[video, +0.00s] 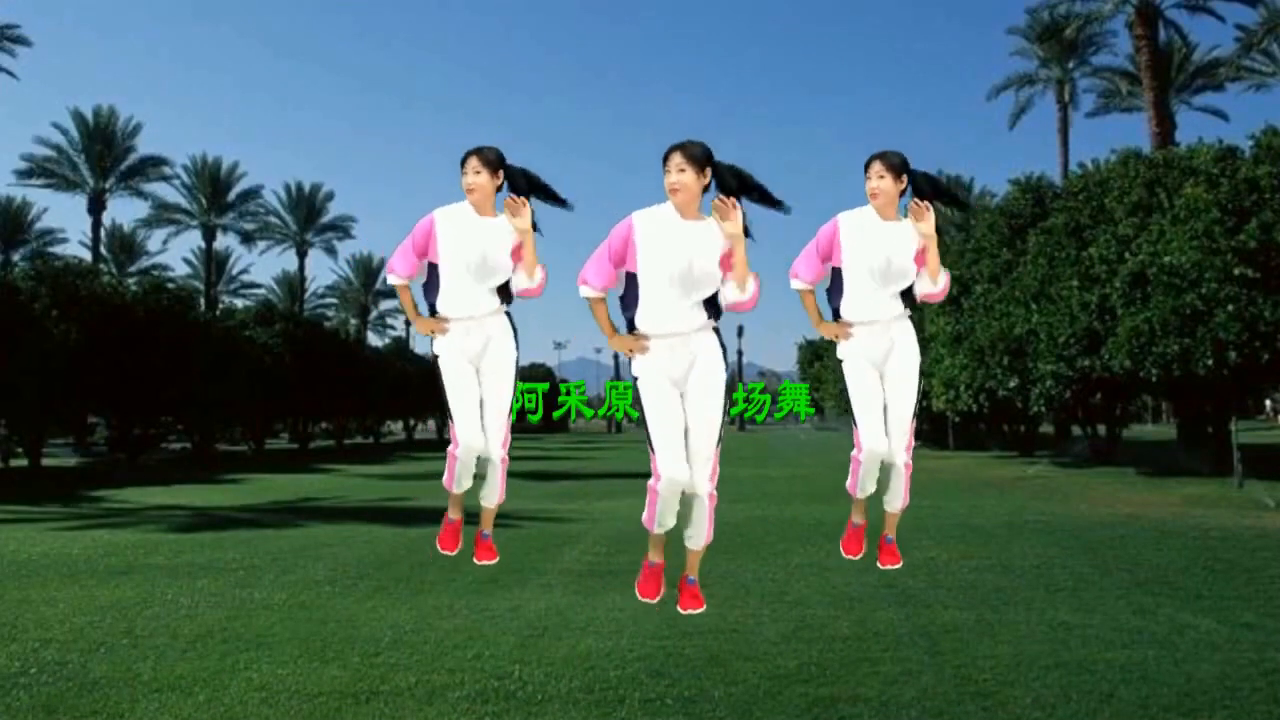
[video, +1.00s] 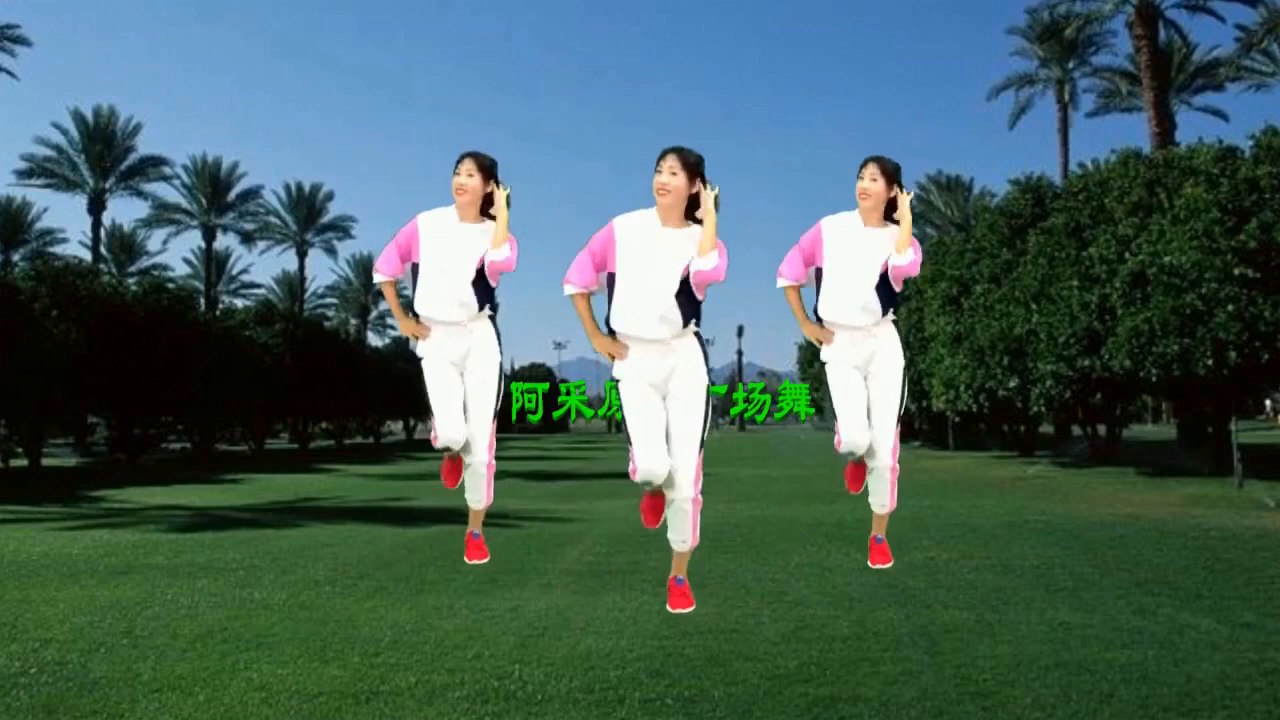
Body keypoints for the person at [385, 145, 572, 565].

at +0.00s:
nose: (469, 179)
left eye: (478, 172)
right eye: (465, 172)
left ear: (498, 179)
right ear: (460, 179)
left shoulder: (512, 227)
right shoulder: (439, 221)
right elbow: (398, 270)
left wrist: (527, 232)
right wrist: (416, 318)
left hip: (496, 332)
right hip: (452, 333)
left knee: (496, 439)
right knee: (469, 440)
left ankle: (485, 533)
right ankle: (454, 514)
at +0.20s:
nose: (466, 160)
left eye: (474, 154)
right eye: (463, 154)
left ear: (497, 162)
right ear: (459, 162)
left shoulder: (509, 210)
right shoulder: (437, 203)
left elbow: (500, 250)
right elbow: (394, 248)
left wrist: (494, 192)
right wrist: (410, 298)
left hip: (487, 318)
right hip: (442, 317)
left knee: (488, 428)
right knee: (446, 425)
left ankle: (487, 529)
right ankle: (437, 495)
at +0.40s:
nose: (456, 167)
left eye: (464, 160)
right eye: (453, 160)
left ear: (483, 165)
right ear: (447, 166)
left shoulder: (501, 209)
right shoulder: (431, 208)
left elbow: (486, 245)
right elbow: (387, 245)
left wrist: (476, 188)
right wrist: (402, 289)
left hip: (472, 320)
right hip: (429, 316)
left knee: (468, 440)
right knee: (415, 428)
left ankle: (485, 528)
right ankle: (386, 519)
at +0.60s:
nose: (448, 159)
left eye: (457, 152)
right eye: (445, 152)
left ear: (477, 160)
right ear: (443, 160)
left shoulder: (498, 204)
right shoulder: (427, 206)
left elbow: (500, 239)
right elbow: (388, 241)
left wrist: (485, 183)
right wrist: (402, 287)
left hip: (469, 320)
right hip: (424, 316)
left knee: (468, 432)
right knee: (404, 422)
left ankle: (484, 527)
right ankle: (384, 519)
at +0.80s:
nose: (455, 138)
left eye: (465, 133)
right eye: (453, 132)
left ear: (486, 143)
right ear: (449, 140)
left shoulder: (497, 186)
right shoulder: (427, 183)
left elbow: (508, 224)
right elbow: (386, 223)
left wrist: (498, 166)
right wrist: (403, 272)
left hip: (476, 293)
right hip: (432, 292)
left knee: (477, 411)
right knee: (428, 410)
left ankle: (479, 521)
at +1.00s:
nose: (461, 180)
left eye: (470, 175)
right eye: (458, 174)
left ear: (488, 187)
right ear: (451, 182)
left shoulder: (496, 233)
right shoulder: (425, 224)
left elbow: (500, 265)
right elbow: (384, 269)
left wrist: (500, 215)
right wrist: (401, 318)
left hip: (480, 336)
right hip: (435, 336)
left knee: (480, 438)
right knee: (451, 436)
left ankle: (475, 529)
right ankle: (455, 454)